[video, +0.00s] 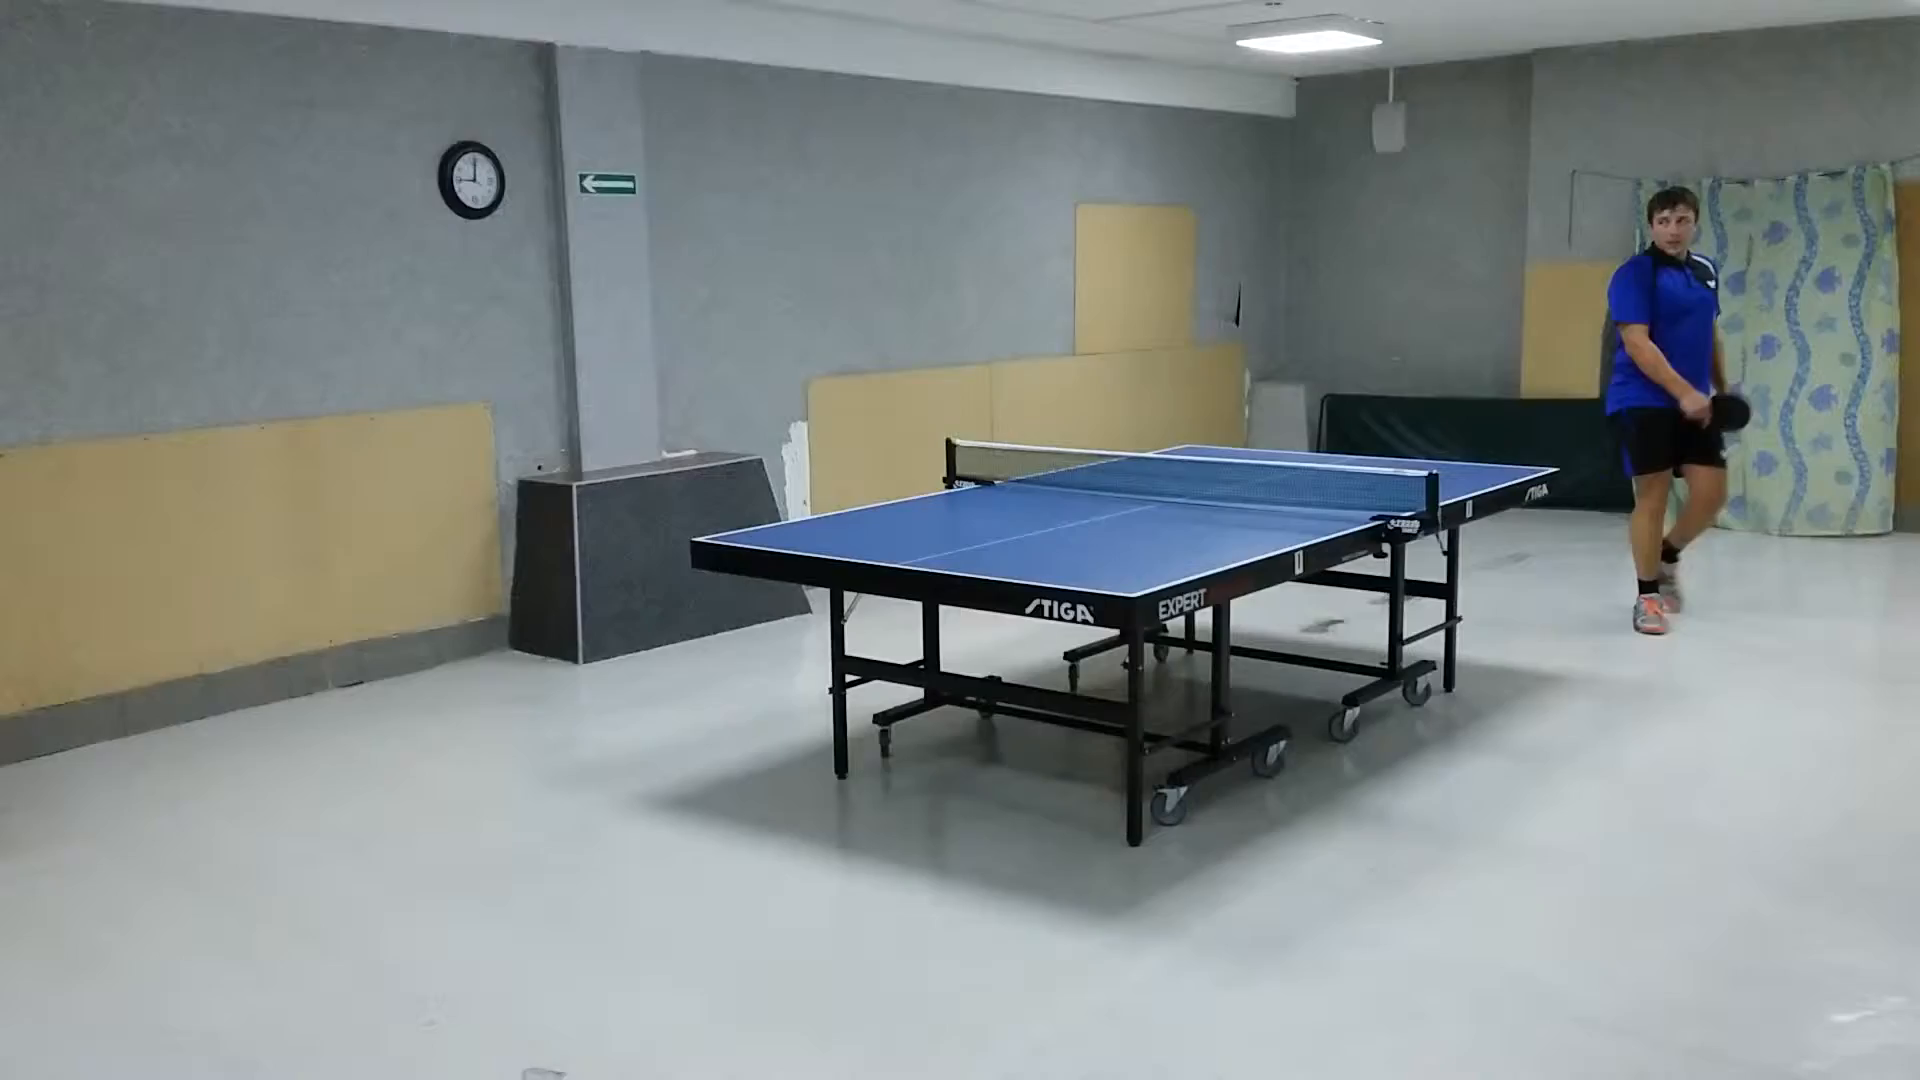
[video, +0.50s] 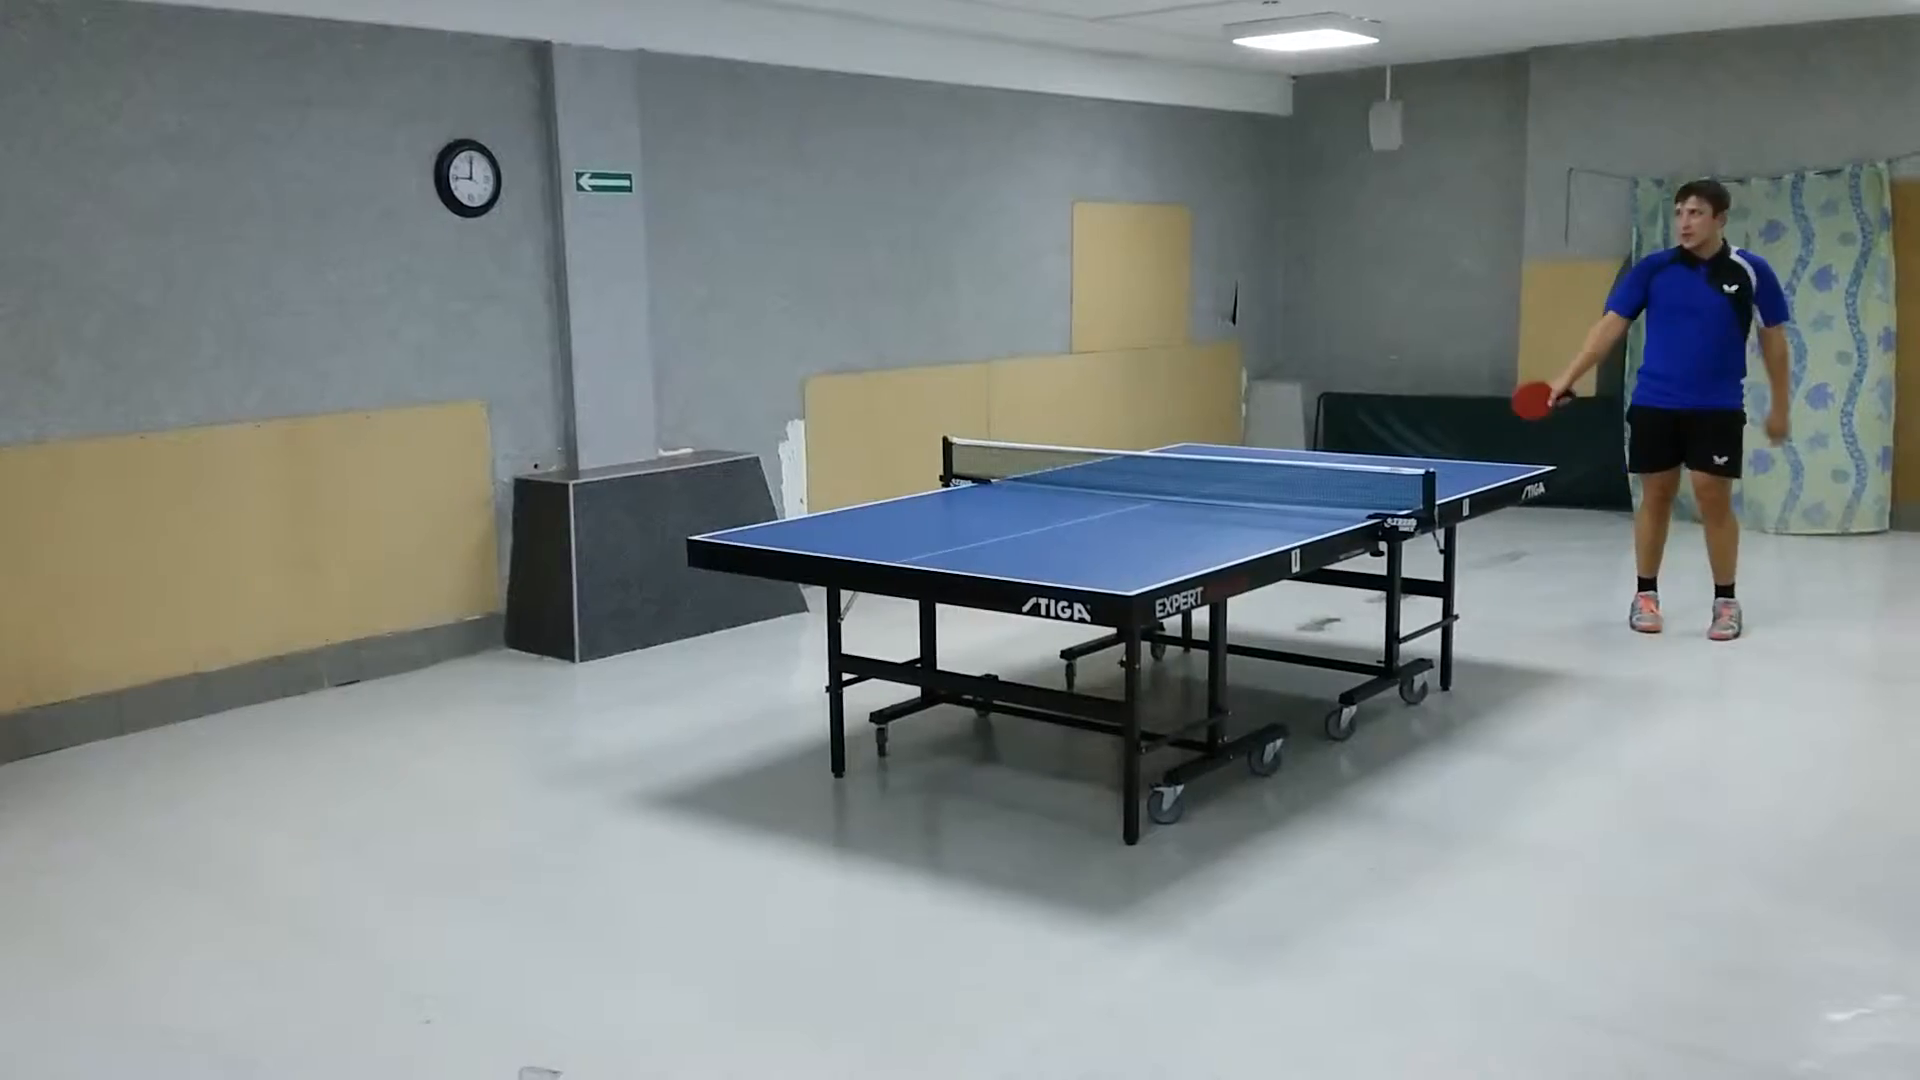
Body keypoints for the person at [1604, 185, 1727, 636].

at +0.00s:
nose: (1674, 229)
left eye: (1683, 221)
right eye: (1665, 221)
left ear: (1695, 227)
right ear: (1651, 226)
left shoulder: (1703, 272)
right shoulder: (1635, 273)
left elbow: (1710, 334)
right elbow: (1636, 343)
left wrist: (1722, 388)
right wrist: (1684, 392)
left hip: (1694, 399)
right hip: (1645, 399)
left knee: (1710, 495)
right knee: (1653, 494)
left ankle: (1663, 556)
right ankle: (1647, 594)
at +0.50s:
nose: (1685, 221)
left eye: (1696, 213)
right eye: (1681, 213)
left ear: (1719, 220)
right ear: (1674, 219)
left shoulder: (1751, 272)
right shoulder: (1650, 269)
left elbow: (1773, 337)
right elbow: (1609, 325)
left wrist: (1780, 408)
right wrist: (1569, 376)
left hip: (1717, 409)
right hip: (1655, 405)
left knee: (1713, 498)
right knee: (1656, 495)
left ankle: (1725, 602)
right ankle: (1646, 596)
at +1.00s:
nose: (1671, 228)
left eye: (1682, 221)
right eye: (1665, 219)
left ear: (1699, 226)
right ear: (1654, 222)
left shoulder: (1710, 260)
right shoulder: (1641, 268)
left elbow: (1696, 293)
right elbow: (1628, 336)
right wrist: (1597, 384)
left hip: (1688, 403)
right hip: (1632, 399)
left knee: (1702, 499)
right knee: (1605, 485)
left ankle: (1714, 596)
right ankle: (1571, 584)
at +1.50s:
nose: (1557, 226)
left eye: (1567, 219)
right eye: (1553, 217)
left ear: (1587, 222)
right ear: (1545, 219)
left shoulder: (1609, 257)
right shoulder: (1533, 268)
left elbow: (1582, 223)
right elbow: (1510, 331)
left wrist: (1525, 186)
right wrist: (1483, 383)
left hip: (1598, 391)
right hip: (1544, 393)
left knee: (1596, 482)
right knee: (1547, 483)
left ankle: (1626, 584)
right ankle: (1548, 585)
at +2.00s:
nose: (1504, 229)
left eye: (1516, 223)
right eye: (1501, 220)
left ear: (1538, 231)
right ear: (1494, 224)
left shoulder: (1561, 282)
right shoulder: (1481, 268)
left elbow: (1581, 347)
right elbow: (1464, 326)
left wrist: (1534, 383)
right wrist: (1446, 386)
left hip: (1524, 404)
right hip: (1478, 402)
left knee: (1499, 493)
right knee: (1501, 492)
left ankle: (1496, 601)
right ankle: (1533, 580)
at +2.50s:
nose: (1466, 230)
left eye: (1479, 225)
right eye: (1462, 221)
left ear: (1495, 235)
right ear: (1453, 225)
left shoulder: (1508, 278)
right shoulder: (1433, 267)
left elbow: (1527, 349)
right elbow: (1411, 322)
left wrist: (1469, 367)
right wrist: (1386, 378)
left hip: (1481, 410)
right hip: (1425, 405)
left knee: (1479, 499)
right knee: (1395, 494)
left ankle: (1497, 597)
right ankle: (1364, 580)